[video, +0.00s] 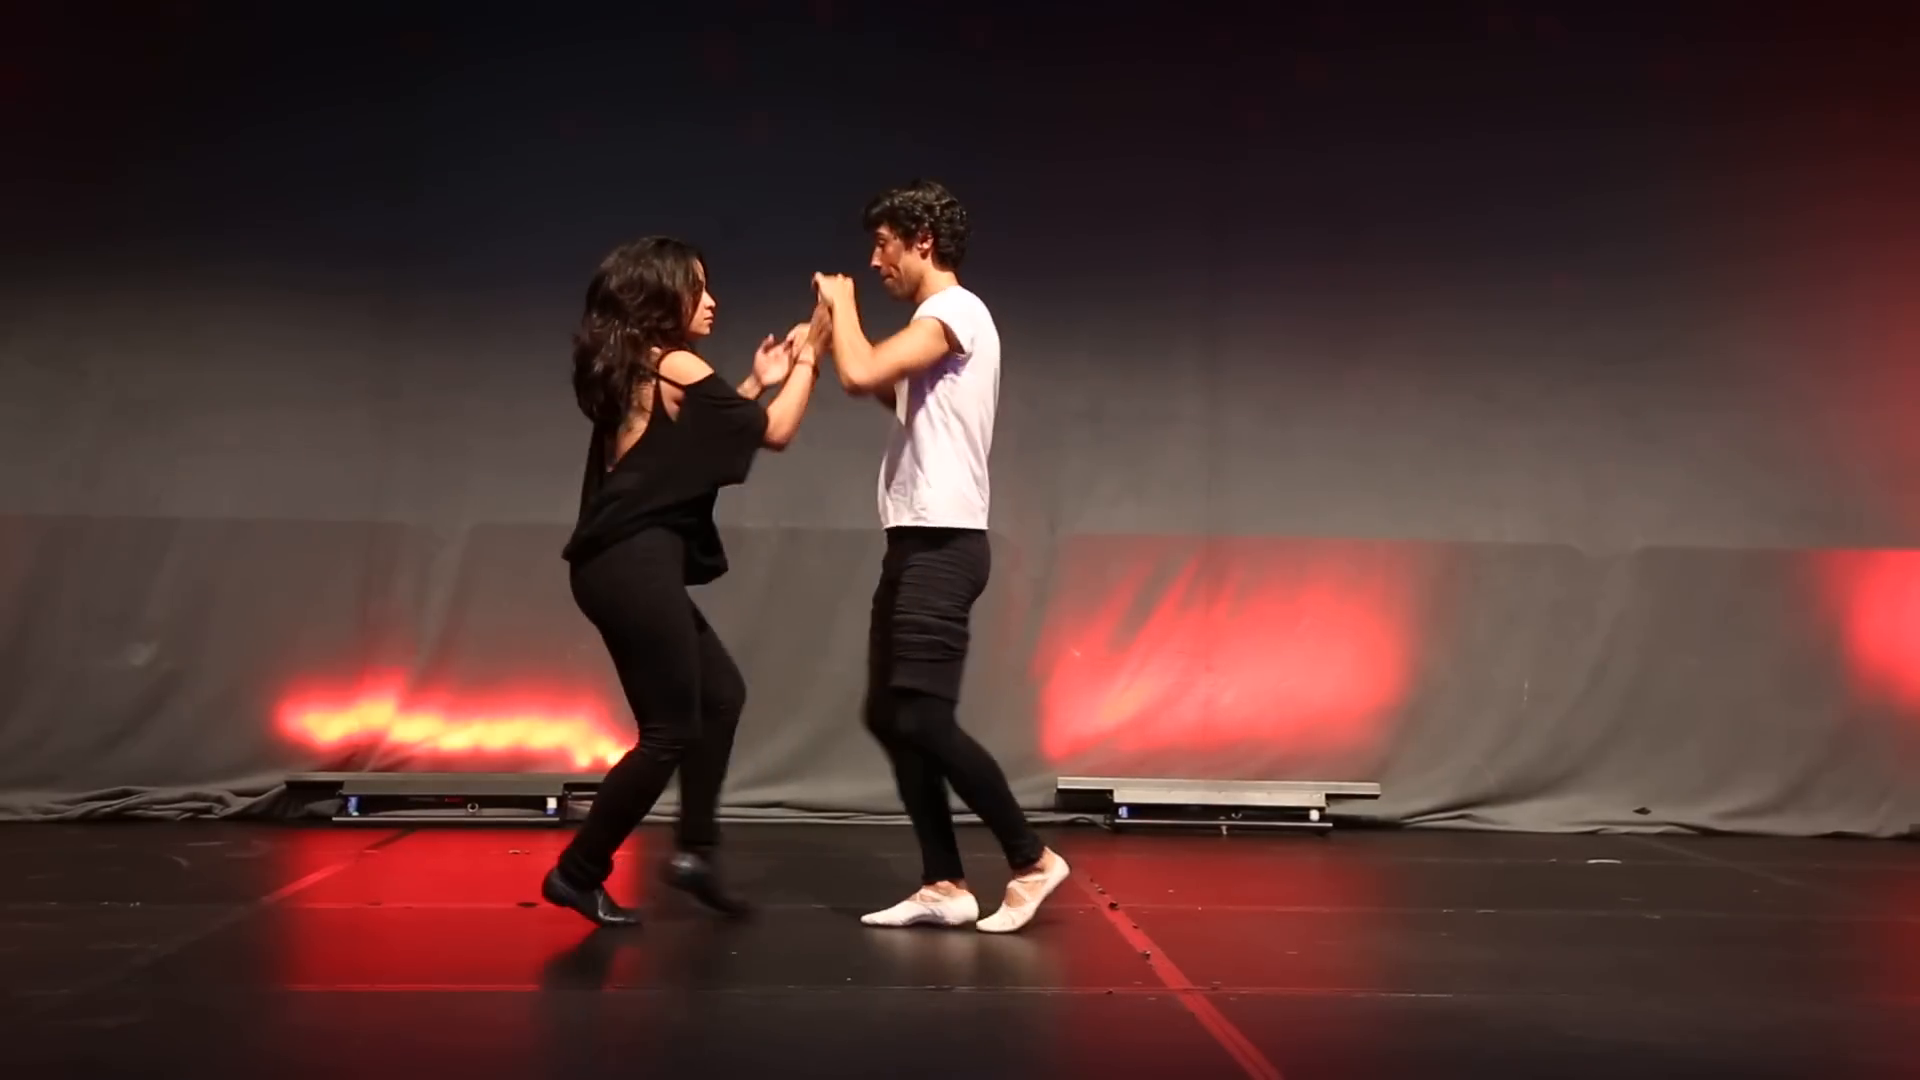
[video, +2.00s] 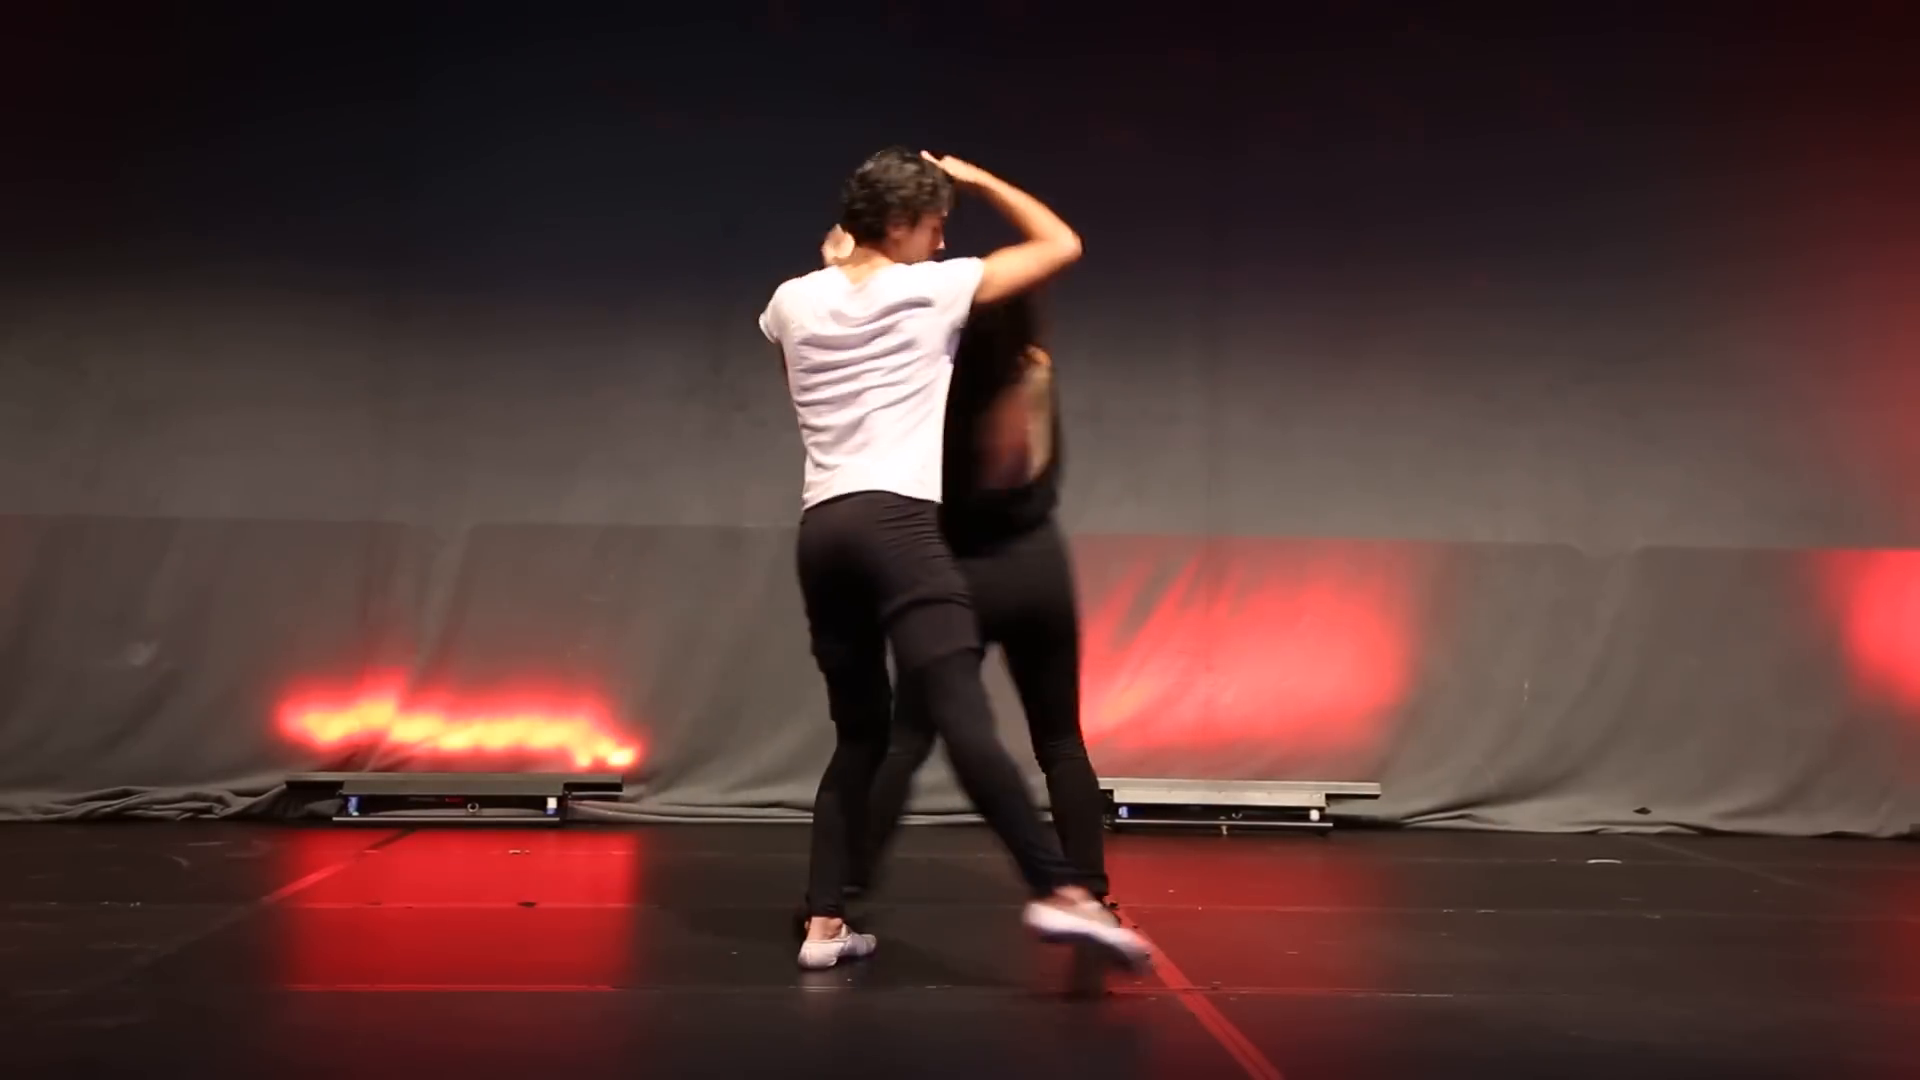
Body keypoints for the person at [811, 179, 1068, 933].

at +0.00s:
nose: (878, 263)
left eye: (884, 248)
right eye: (876, 251)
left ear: (923, 242)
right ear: (922, 247)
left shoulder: (960, 310)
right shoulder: (935, 323)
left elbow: (861, 371)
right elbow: (878, 384)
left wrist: (841, 303)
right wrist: (833, 336)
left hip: (945, 539)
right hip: (913, 538)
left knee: (923, 713)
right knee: (891, 712)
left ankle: (1033, 862)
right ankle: (946, 885)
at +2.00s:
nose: (939, 241)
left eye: (938, 226)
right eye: (932, 225)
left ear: (854, 226)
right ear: (898, 226)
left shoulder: (791, 306)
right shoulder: (934, 289)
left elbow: (790, 322)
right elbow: (1060, 243)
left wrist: (836, 264)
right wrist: (983, 178)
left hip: (821, 531)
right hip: (897, 522)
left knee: (860, 734)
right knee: (966, 724)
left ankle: (823, 922)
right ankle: (1059, 889)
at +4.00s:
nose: (1033, 238)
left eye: (1036, 223)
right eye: (1031, 221)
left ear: (982, 213)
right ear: (1000, 214)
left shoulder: (961, 293)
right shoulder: (947, 289)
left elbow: (972, 459)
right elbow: (997, 404)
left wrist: (1060, 518)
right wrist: (1029, 321)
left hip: (944, 530)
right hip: (956, 533)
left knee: (967, 724)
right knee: (1019, 728)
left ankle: (885, 898)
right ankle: (963, 934)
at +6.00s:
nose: (844, 208)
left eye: (863, 195)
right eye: (842, 193)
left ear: (911, 212)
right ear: (843, 211)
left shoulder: (963, 301)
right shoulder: (838, 332)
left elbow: (947, 292)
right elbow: (747, 413)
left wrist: (882, 176)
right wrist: (635, 419)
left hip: (984, 536)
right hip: (916, 543)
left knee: (953, 717)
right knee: (861, 715)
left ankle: (978, 926)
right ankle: (826, 904)